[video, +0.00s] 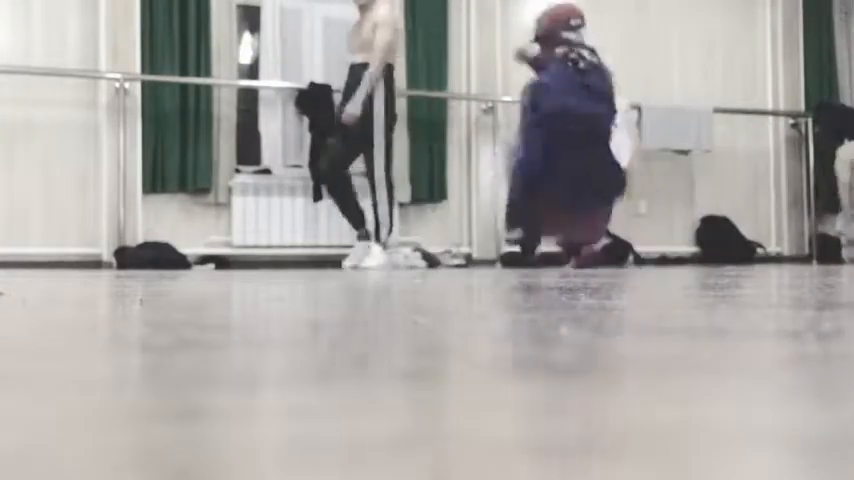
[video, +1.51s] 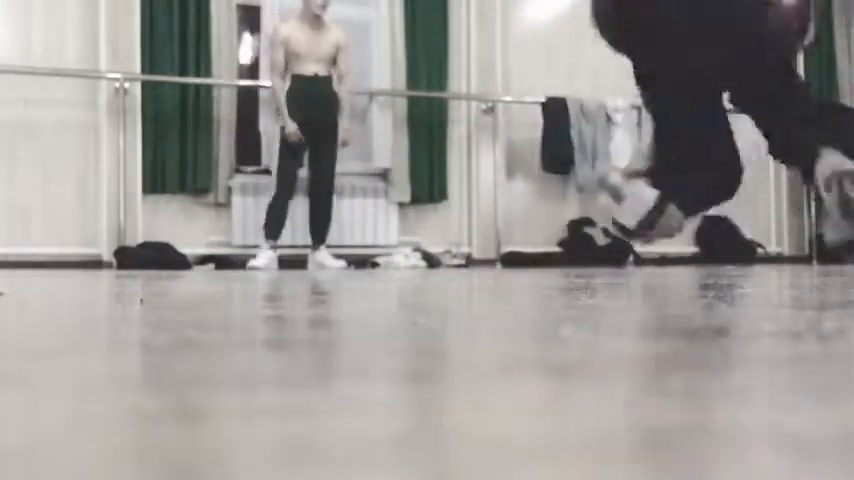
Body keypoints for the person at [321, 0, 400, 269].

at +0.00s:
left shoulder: (385, 13)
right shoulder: (363, 18)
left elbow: (379, 61)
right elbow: (359, 62)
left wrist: (358, 101)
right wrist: (344, 94)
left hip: (377, 85)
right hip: (357, 84)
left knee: (379, 169)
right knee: (332, 166)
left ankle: (381, 245)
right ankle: (363, 236)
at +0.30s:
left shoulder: (353, 19)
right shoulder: (308, 32)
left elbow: (354, 62)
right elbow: (311, 74)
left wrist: (323, 93)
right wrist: (306, 94)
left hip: (344, 91)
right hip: (316, 93)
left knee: (358, 170)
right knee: (300, 171)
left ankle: (379, 246)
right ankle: (281, 250)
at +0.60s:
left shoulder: (320, 16)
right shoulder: (263, 20)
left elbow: (335, 67)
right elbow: (249, 69)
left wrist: (347, 114)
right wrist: (231, 109)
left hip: (315, 88)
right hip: (283, 90)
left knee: (330, 167)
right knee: (280, 171)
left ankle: (351, 243)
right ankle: (280, 249)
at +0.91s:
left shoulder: (317, 21)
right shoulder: (255, 22)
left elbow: (327, 70)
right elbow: (237, 65)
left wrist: (333, 115)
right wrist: (225, 105)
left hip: (310, 90)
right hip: (277, 91)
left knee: (320, 170)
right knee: (277, 172)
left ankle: (327, 248)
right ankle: (280, 250)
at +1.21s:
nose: (307, 3)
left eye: (309, 0)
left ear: (314, 2)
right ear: (291, 1)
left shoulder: (327, 31)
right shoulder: (271, 30)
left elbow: (335, 77)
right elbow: (266, 78)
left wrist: (337, 120)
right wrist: (274, 116)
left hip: (319, 94)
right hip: (285, 94)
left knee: (317, 177)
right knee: (277, 176)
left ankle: (318, 249)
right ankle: (279, 249)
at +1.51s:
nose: (321, 4)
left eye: (325, 1)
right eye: (317, 0)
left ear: (328, 4)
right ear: (306, 1)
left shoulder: (336, 34)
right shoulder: (285, 31)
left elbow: (342, 81)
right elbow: (277, 79)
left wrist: (344, 123)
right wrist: (286, 120)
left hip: (326, 95)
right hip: (295, 93)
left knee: (323, 179)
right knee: (286, 179)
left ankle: (318, 250)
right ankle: (269, 248)